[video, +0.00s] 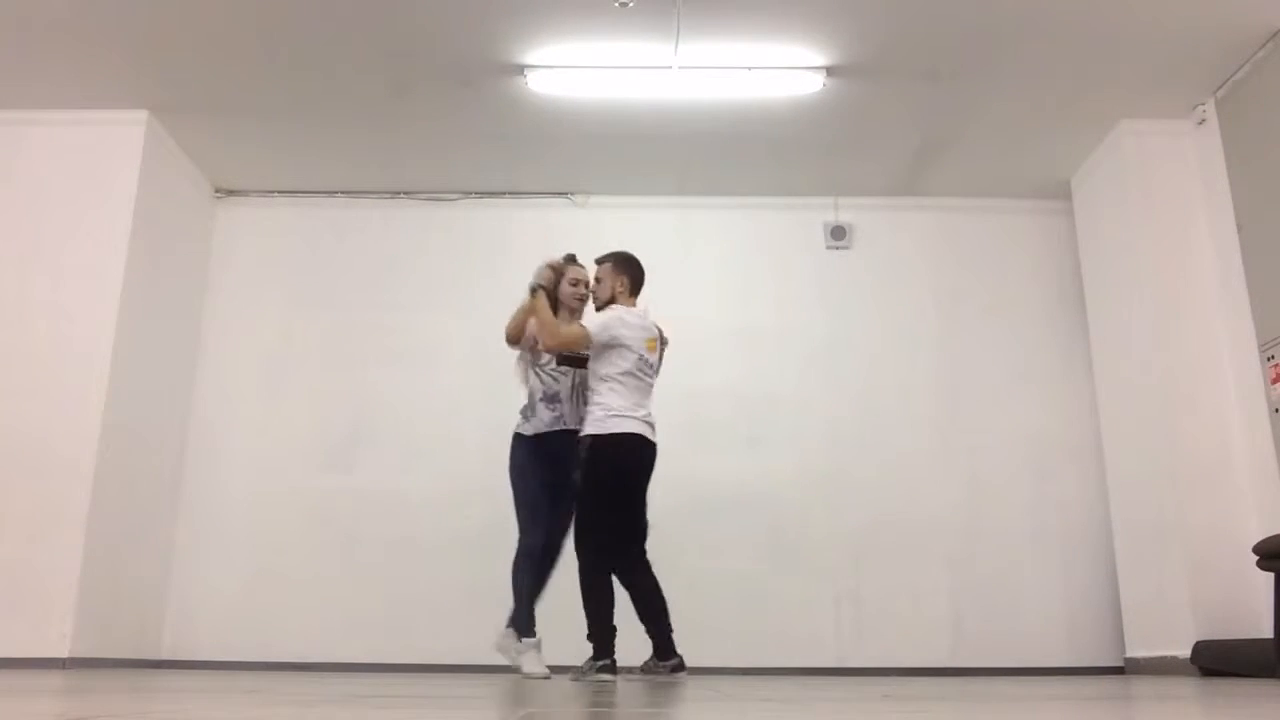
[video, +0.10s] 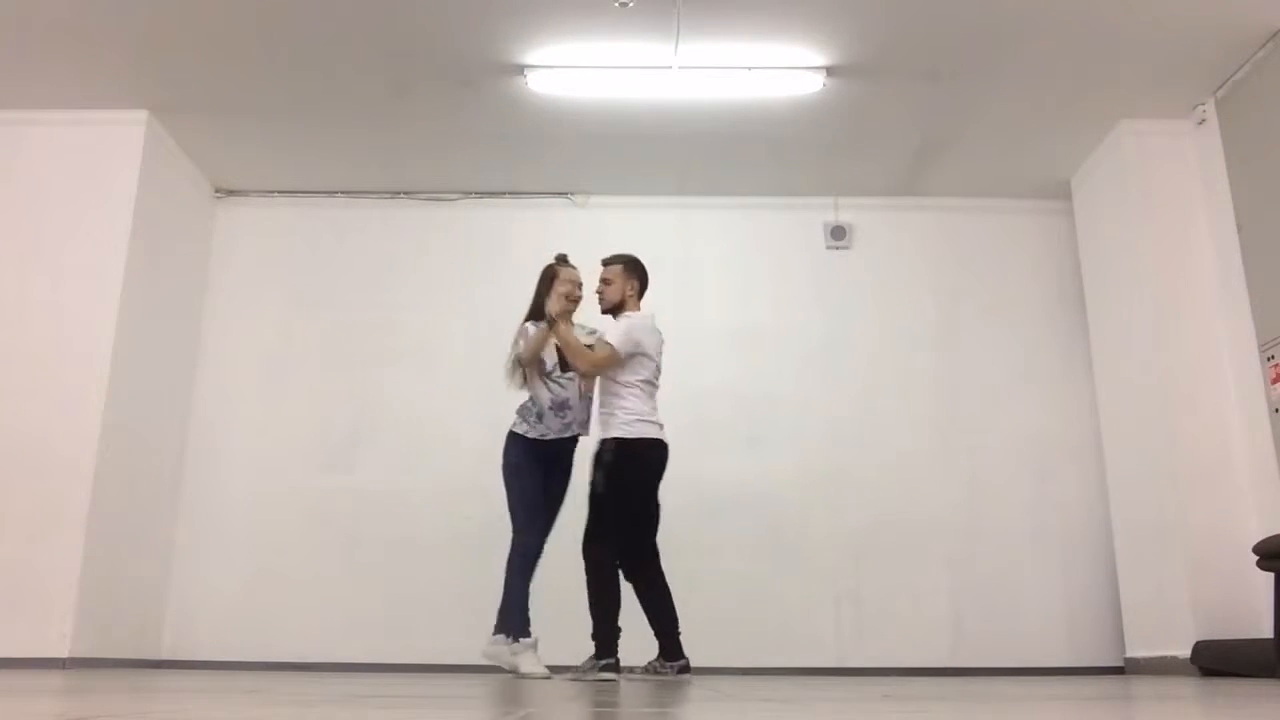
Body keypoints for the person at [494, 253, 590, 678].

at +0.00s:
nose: (582, 290)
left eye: (586, 285)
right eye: (574, 283)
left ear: (589, 293)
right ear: (554, 286)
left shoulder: (591, 335)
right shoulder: (537, 327)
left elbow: (629, 353)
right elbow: (513, 335)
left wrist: (656, 340)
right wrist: (535, 293)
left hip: (572, 445)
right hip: (533, 444)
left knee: (552, 543)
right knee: (534, 538)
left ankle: (513, 628)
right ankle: (528, 639)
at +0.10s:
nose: (574, 292)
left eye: (578, 287)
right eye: (567, 285)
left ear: (581, 295)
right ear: (546, 288)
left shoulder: (583, 337)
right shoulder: (530, 331)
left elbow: (601, 368)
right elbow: (527, 358)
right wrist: (551, 323)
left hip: (562, 449)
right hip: (526, 446)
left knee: (532, 542)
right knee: (527, 540)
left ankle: (501, 635)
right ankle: (521, 642)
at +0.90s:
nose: (567, 291)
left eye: (565, 284)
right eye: (560, 284)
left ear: (544, 288)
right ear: (540, 287)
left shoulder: (543, 330)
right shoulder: (536, 328)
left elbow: (571, 365)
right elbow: (573, 369)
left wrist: (608, 347)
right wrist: (611, 348)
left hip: (534, 451)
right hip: (512, 449)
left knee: (563, 543)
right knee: (501, 543)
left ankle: (521, 643)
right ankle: (478, 649)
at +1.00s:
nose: (574, 288)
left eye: (573, 281)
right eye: (568, 282)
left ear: (549, 286)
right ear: (550, 286)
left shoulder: (547, 329)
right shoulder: (549, 329)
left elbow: (570, 375)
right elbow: (581, 381)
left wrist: (613, 360)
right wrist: (620, 363)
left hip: (545, 447)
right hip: (529, 448)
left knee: (559, 546)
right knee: (546, 543)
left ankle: (520, 647)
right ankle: (489, 643)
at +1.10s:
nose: (584, 288)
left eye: (581, 281)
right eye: (579, 282)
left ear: (548, 284)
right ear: (567, 286)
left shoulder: (539, 325)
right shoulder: (572, 329)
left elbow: (514, 361)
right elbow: (599, 382)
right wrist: (629, 362)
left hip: (534, 450)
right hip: (547, 453)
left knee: (551, 543)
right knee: (581, 536)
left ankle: (520, 641)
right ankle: (520, 630)